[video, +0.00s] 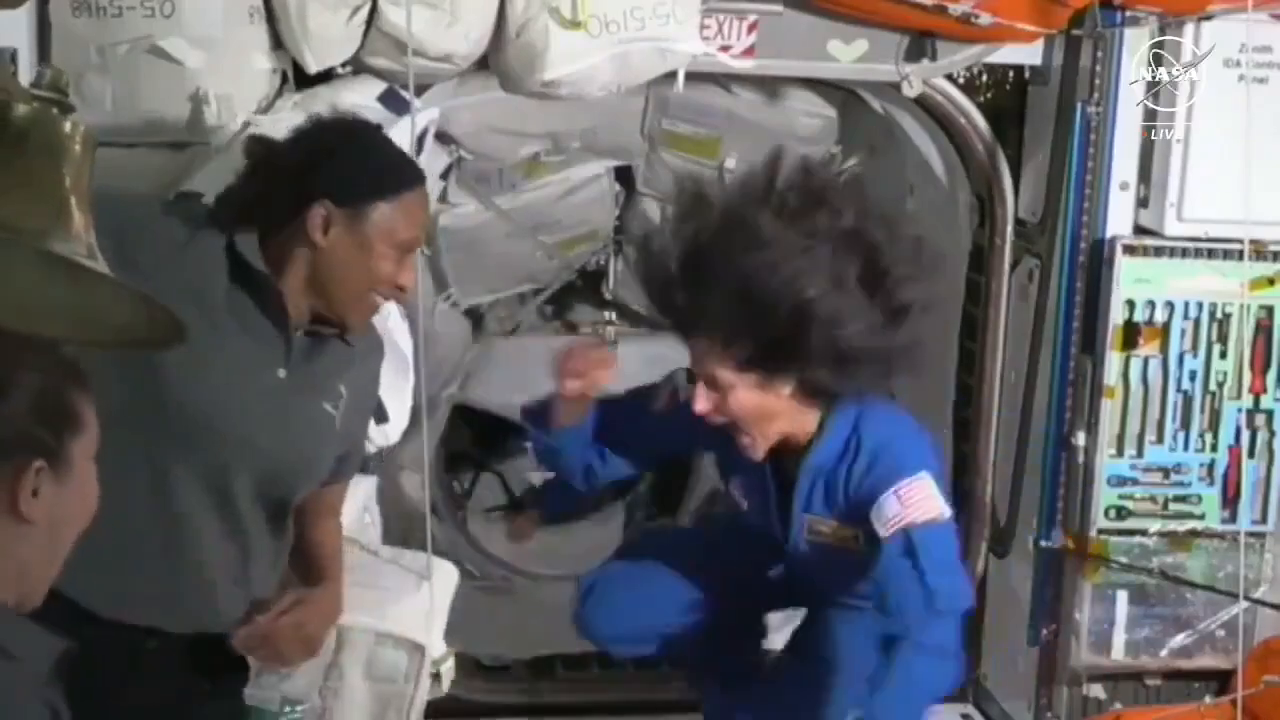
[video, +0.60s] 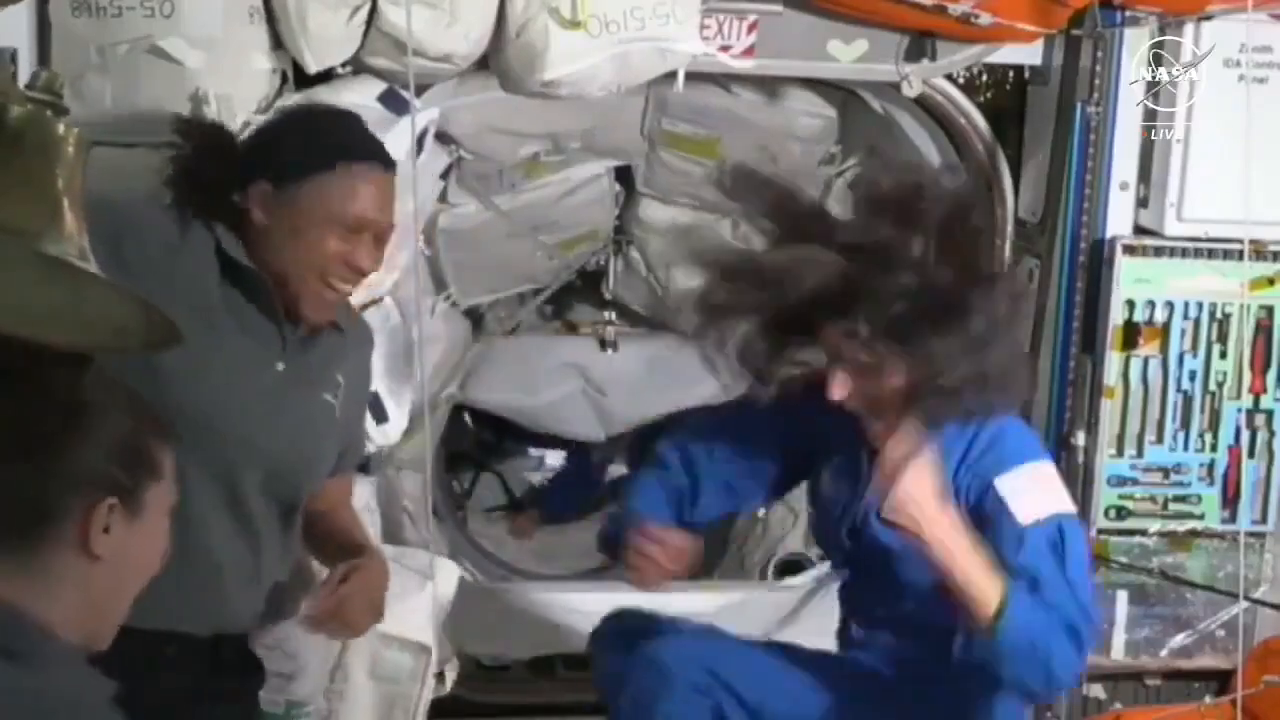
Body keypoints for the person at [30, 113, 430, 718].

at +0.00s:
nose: (407, 284)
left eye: (414, 257)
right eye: (400, 251)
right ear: (322, 225)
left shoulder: (354, 361)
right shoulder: (145, 248)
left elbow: (320, 509)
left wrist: (325, 596)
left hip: (203, 670)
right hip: (55, 638)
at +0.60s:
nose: (367, 263)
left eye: (380, 240)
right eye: (349, 231)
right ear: (262, 205)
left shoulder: (346, 342)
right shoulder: (139, 248)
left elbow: (326, 500)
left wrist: (365, 559)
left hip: (223, 664)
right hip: (86, 645)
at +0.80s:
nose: (281, 226)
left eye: (319, 212)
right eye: (266, 192)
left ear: (361, 239)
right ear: (237, 186)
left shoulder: (353, 347)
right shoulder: (142, 246)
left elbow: (344, 521)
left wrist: (354, 566)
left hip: (218, 645)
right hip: (77, 616)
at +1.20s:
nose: (298, 231)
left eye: (333, 215)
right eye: (280, 197)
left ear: (363, 236)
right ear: (235, 189)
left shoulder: (359, 353)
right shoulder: (160, 240)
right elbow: (40, 177)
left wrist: (354, 561)